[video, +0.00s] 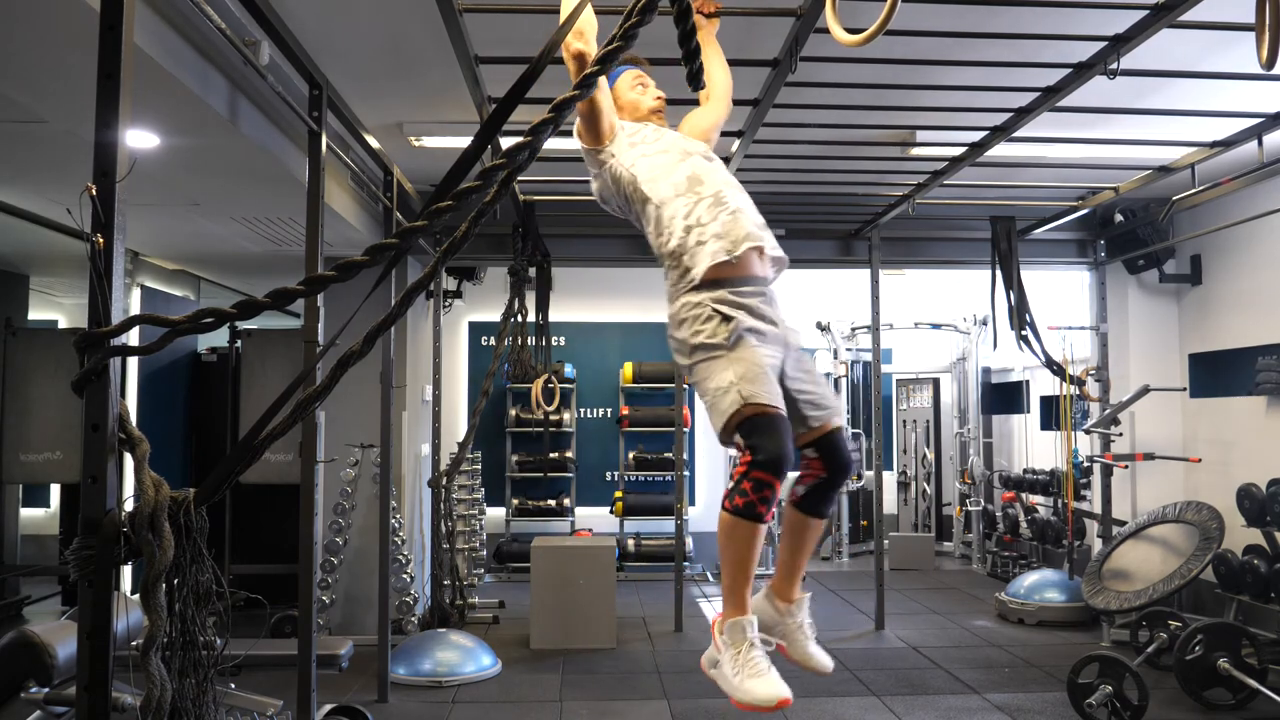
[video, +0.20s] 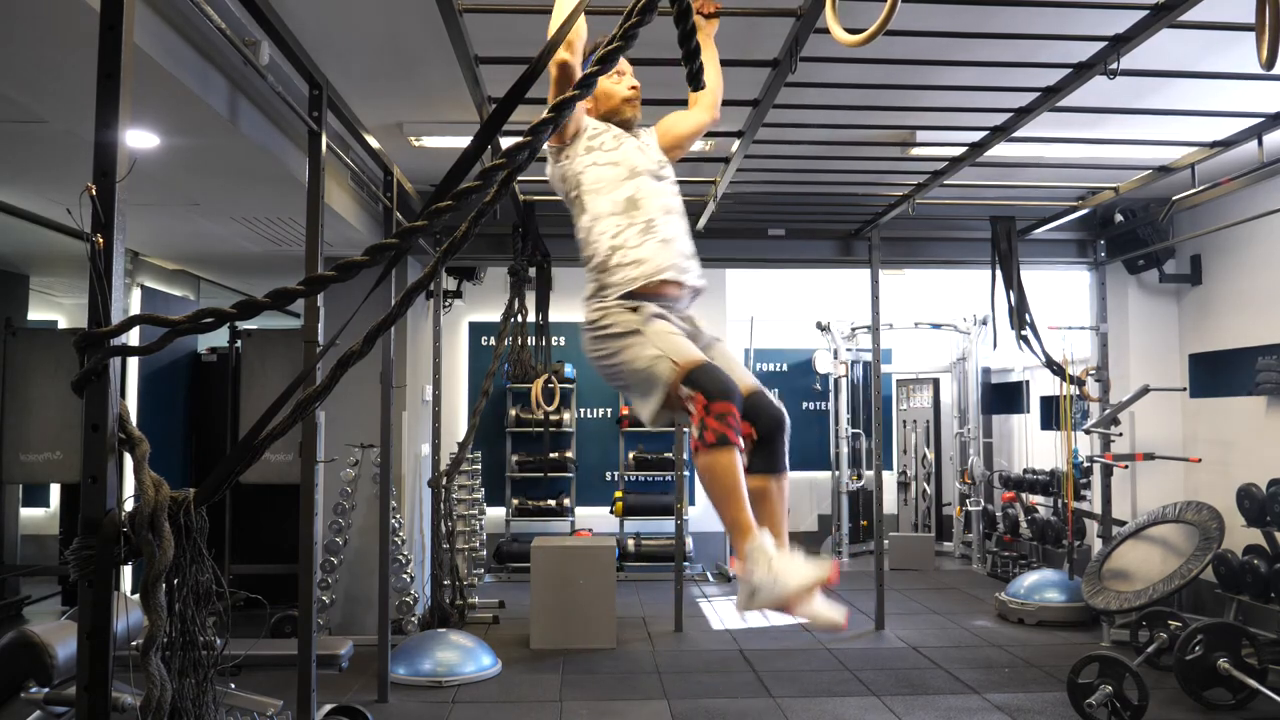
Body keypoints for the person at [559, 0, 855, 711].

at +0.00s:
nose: (644, 78)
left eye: (649, 76)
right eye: (631, 78)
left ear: (663, 97)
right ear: (612, 104)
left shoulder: (691, 138)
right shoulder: (614, 152)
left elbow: (718, 94)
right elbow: (592, 123)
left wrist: (706, 29)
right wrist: (585, 76)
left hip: (768, 302)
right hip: (712, 307)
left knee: (832, 458)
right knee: (766, 453)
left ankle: (781, 601)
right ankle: (731, 633)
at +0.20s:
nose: (632, 79)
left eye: (633, 76)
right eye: (617, 74)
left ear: (636, 96)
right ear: (589, 92)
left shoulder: (652, 144)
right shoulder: (577, 141)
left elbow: (707, 106)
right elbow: (563, 56)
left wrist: (706, 36)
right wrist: (575, 5)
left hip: (682, 314)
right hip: (622, 313)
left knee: (768, 418)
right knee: (717, 394)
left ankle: (779, 576)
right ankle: (751, 562)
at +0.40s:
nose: (621, 75)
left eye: (622, 65)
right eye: (605, 66)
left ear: (624, 74)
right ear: (570, 79)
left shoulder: (626, 129)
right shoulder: (546, 123)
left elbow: (691, 112)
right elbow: (535, 51)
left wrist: (703, 36)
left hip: (604, 293)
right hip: (547, 295)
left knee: (702, 300)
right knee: (645, 294)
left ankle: (755, 430)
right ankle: (713, 422)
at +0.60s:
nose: (620, 52)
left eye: (623, 41)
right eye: (606, 41)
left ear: (629, 45)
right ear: (573, 47)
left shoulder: (624, 94)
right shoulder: (548, 89)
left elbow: (686, 110)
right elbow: (511, 84)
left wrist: (701, 37)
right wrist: (547, 10)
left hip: (591, 261)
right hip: (531, 251)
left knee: (693, 323)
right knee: (599, 210)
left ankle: (630, 427)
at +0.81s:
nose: (635, 56)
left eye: (641, 47)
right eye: (624, 44)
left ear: (643, 50)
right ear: (587, 42)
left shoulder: (635, 98)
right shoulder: (564, 86)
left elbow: (695, 110)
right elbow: (595, 54)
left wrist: (703, 35)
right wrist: (645, 2)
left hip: (625, 278)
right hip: (561, 276)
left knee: (709, 365)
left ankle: (673, 440)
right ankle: (472, 453)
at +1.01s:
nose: (669, 82)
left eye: (672, 73)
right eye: (659, 70)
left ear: (665, 80)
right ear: (628, 72)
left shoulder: (661, 121)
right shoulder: (599, 124)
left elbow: (708, 110)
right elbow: (656, 56)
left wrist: (705, 40)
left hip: (685, 317)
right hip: (629, 327)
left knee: (742, 408)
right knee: (609, 471)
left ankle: (707, 477)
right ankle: (551, 527)